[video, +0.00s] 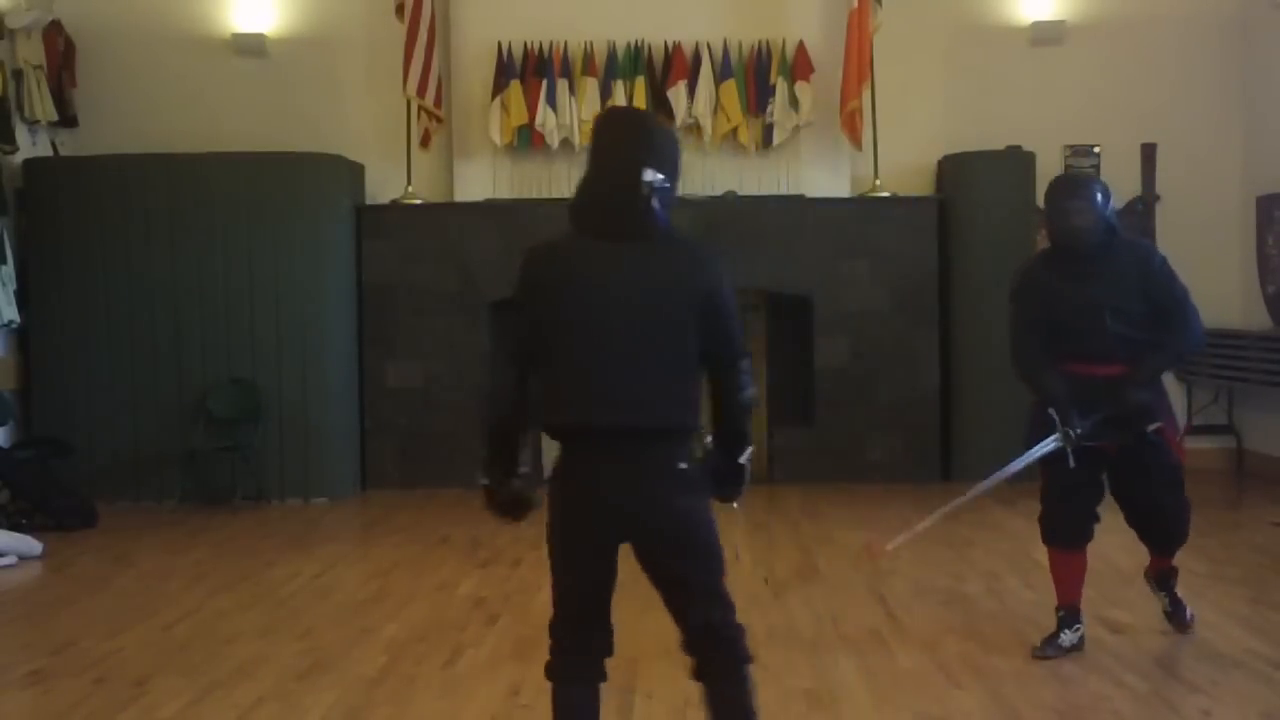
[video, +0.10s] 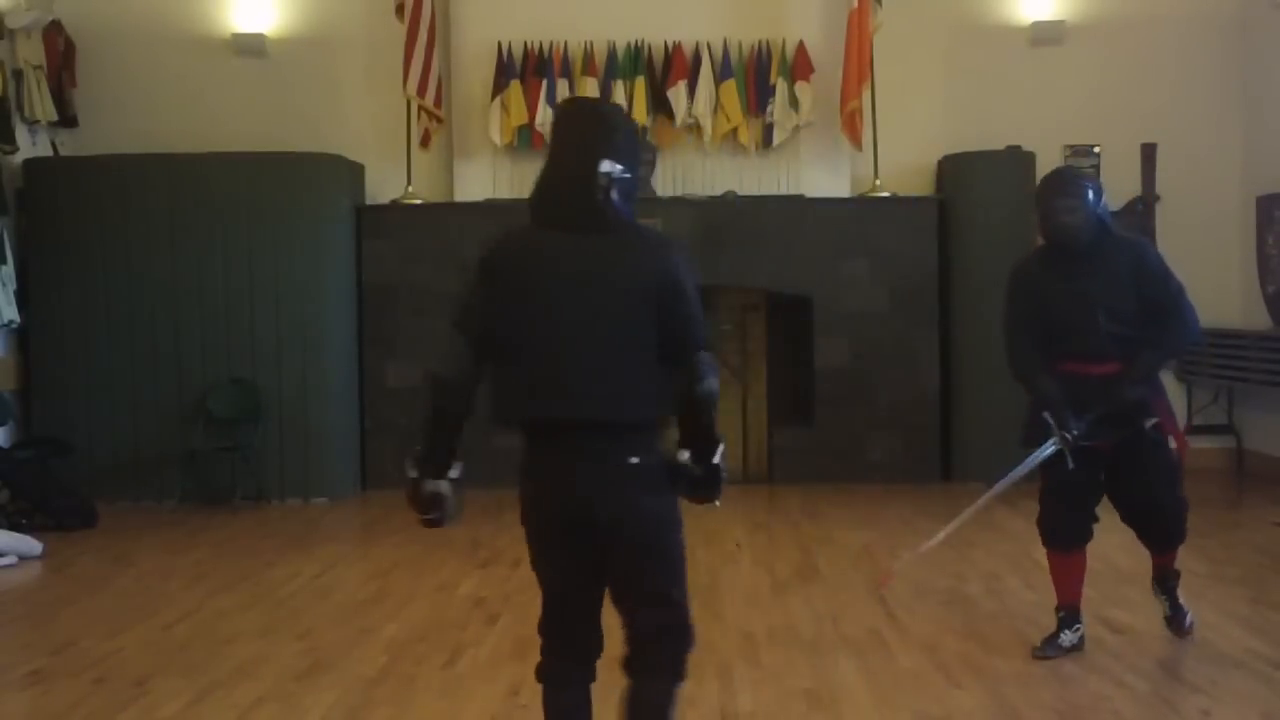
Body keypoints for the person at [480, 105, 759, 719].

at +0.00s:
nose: (670, 186)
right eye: (667, 175)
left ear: (594, 175)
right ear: (663, 180)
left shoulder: (547, 264)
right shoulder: (692, 265)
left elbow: (512, 372)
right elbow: (730, 373)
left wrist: (505, 468)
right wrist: (730, 458)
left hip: (581, 482)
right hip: (666, 482)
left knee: (576, 647)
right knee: (715, 642)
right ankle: (735, 707)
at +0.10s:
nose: (643, 176)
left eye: (637, 163)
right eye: (639, 164)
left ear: (554, 167)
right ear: (624, 173)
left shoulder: (512, 256)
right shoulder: (655, 259)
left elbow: (460, 368)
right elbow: (695, 373)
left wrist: (435, 466)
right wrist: (703, 454)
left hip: (548, 477)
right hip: (635, 480)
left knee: (566, 642)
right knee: (660, 642)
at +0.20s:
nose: (601, 181)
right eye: (599, 168)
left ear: (517, 168)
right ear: (592, 175)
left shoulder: (476, 256)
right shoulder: (612, 261)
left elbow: (416, 365)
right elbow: (656, 376)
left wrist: (380, 463)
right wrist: (674, 463)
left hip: (513, 482)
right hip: (595, 483)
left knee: (547, 636)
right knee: (601, 647)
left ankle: (554, 707)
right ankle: (557, 705)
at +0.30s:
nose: (577, 181)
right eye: (573, 169)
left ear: (489, 170)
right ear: (565, 178)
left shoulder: (444, 259)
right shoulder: (582, 265)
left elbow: (380, 367)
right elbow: (625, 383)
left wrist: (343, 468)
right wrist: (646, 476)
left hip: (474, 486)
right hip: (555, 487)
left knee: (522, 644)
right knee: (535, 657)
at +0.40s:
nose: (555, 194)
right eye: (551, 179)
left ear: (464, 178)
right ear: (539, 187)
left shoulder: (414, 266)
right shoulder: (553, 272)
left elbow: (351, 376)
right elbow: (595, 395)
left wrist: (335, 473)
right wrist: (618, 487)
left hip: (430, 489)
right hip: (509, 492)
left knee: (481, 645)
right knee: (485, 662)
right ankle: (454, 706)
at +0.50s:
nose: (531, 193)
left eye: (528, 176)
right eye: (527, 178)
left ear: (441, 175)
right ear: (510, 186)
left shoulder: (381, 263)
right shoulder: (520, 273)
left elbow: (329, 382)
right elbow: (563, 402)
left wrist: (348, 475)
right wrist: (587, 491)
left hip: (391, 477)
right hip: (476, 482)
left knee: (441, 647)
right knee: (454, 664)